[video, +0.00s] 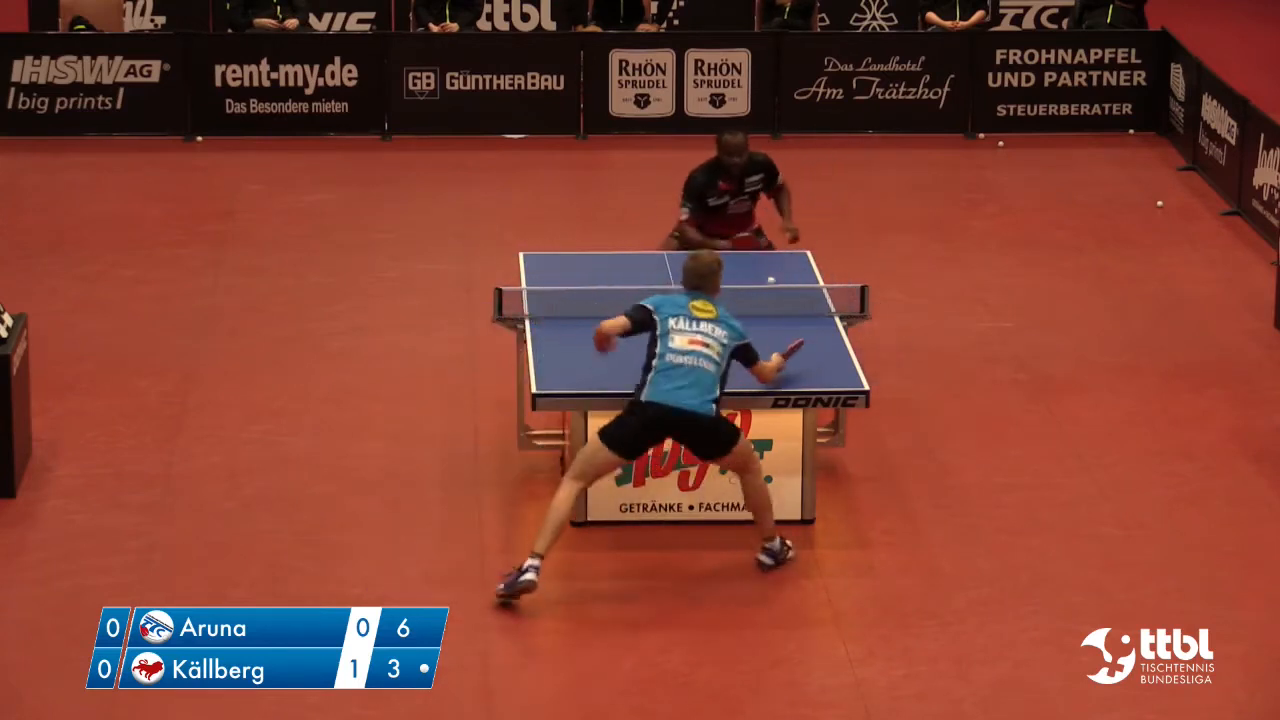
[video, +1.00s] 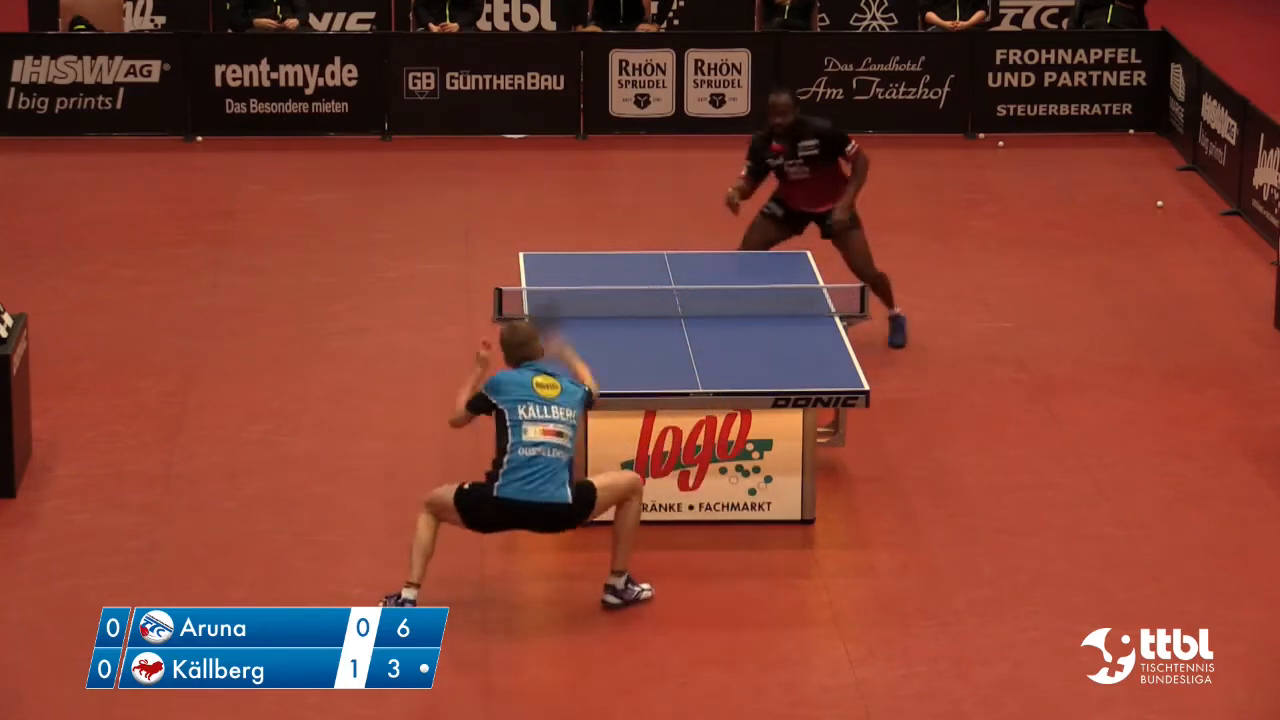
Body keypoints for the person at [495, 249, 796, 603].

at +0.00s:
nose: (720, 282)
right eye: (720, 278)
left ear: (683, 280)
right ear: (718, 286)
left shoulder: (661, 305)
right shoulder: (730, 326)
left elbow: (609, 328)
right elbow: (764, 375)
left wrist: (602, 339)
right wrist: (779, 362)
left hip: (650, 410)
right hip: (699, 417)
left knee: (574, 480)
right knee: (749, 466)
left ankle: (531, 565)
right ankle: (771, 545)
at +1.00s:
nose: (501, 352)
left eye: (502, 348)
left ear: (505, 354)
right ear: (540, 348)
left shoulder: (502, 383)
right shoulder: (573, 389)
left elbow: (457, 419)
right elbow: (590, 389)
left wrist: (479, 371)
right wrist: (568, 354)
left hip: (501, 505)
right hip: (558, 509)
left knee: (431, 507)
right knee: (632, 485)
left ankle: (408, 595)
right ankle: (619, 584)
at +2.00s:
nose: (692, 343)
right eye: (693, 338)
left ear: (653, 334)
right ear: (690, 345)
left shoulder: (619, 359)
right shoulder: (679, 386)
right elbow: (686, 466)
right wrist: (737, 499)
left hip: (561, 463)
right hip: (609, 474)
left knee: (511, 505)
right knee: (696, 528)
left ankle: (499, 599)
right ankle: (720, 631)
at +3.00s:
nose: (510, 343)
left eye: (509, 337)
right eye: (509, 339)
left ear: (467, 342)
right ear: (504, 344)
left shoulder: (437, 383)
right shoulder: (519, 392)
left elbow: (402, 446)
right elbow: (576, 433)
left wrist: (425, 429)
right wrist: (577, 390)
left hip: (436, 505)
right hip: (492, 509)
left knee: (383, 551)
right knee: (565, 562)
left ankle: (346, 637)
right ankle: (585, 665)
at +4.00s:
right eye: (658, 364)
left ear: (618, 367)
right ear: (658, 371)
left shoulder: (587, 401)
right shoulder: (671, 418)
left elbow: (528, 447)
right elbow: (732, 467)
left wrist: (552, 431)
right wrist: (732, 446)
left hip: (579, 525)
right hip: (636, 530)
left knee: (509, 586)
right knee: (707, 598)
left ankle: (469, 689)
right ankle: (765, 687)